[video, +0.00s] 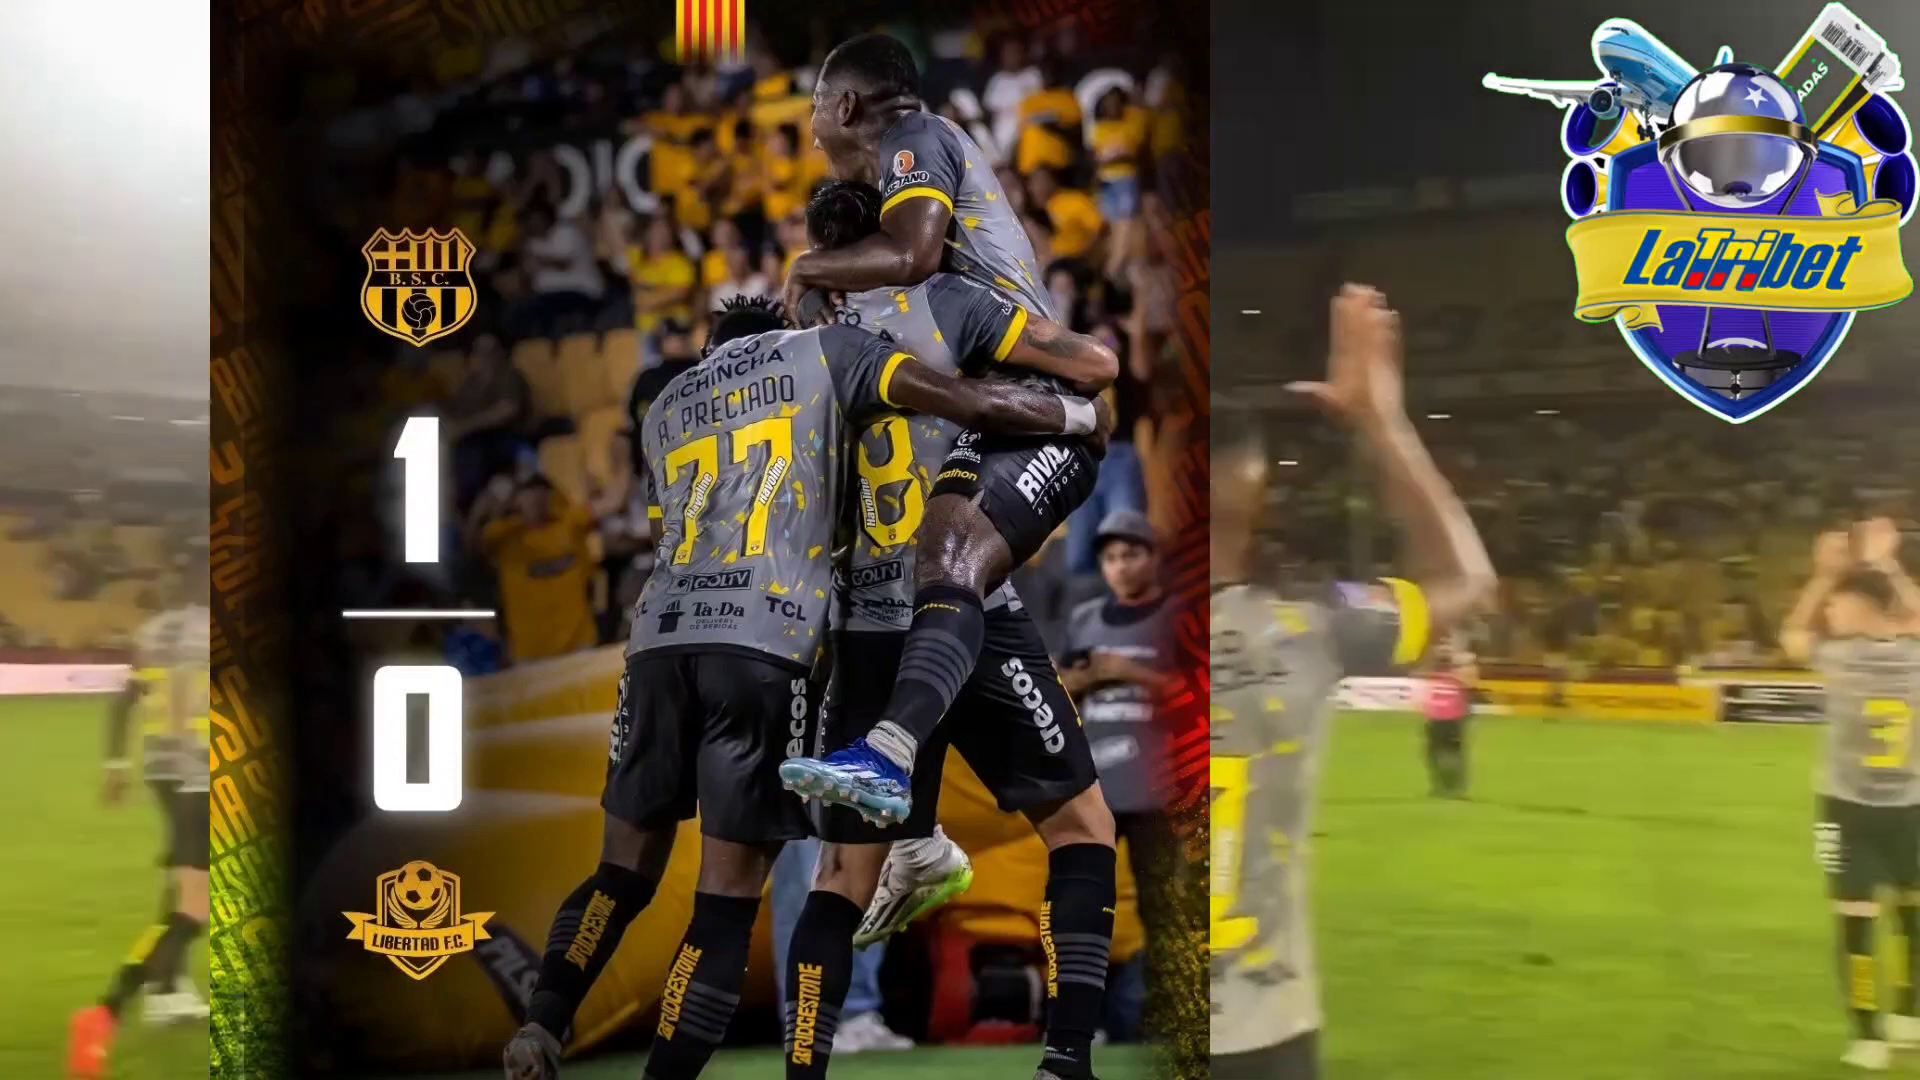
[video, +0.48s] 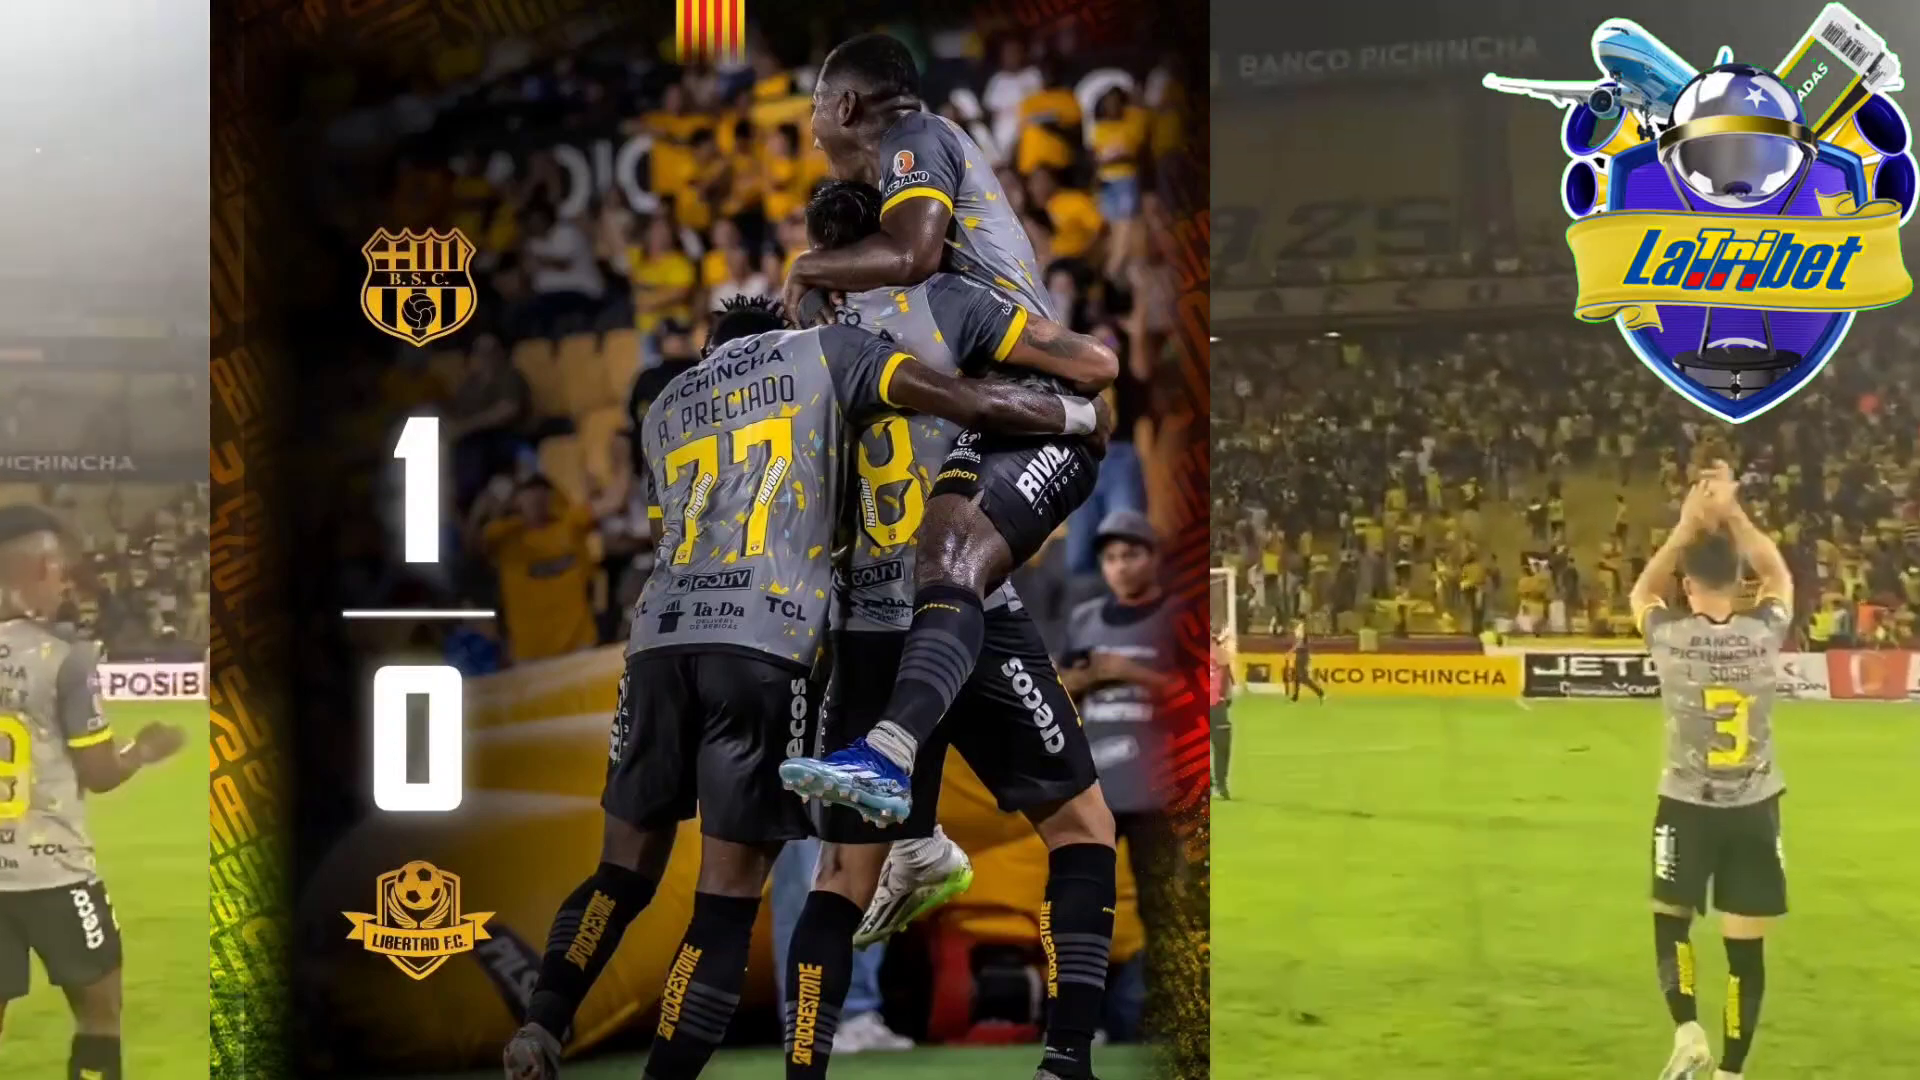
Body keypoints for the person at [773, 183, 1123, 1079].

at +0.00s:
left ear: (821, 257)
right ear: (897, 239)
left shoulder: (804, 335)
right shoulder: (952, 297)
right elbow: (1094, 367)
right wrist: (1075, 346)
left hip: (853, 618)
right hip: (964, 615)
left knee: (848, 860)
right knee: (1082, 827)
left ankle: (802, 1063)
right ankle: (1068, 1056)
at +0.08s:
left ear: (821, 256)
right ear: (897, 238)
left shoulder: (805, 335)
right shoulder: (951, 297)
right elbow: (1093, 367)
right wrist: (1081, 347)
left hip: (855, 615)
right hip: (964, 613)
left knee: (849, 858)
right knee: (1081, 826)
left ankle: (802, 1063)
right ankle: (1067, 1058)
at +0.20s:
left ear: (822, 255)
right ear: (898, 238)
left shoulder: (805, 333)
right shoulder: (952, 296)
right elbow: (1094, 367)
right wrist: (1076, 346)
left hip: (854, 616)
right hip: (964, 614)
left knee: (849, 859)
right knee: (1082, 827)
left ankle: (802, 1063)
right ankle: (1068, 1056)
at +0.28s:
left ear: (821, 257)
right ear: (896, 238)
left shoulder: (804, 335)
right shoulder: (951, 295)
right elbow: (1093, 367)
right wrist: (1078, 346)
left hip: (852, 618)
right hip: (962, 615)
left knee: (849, 860)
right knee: (1082, 827)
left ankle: (802, 1062)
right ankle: (1067, 1057)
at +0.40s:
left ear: (822, 255)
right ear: (898, 238)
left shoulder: (805, 333)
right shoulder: (952, 296)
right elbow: (1094, 367)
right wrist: (1077, 346)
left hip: (854, 616)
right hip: (963, 614)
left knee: (849, 859)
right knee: (1082, 827)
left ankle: (802, 1064)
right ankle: (1068, 1056)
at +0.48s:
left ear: (821, 254)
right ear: (897, 236)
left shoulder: (806, 334)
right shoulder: (951, 296)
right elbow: (1092, 367)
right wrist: (1087, 347)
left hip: (855, 614)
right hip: (963, 613)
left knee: (850, 858)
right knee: (1081, 825)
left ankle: (801, 1063)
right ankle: (1067, 1058)